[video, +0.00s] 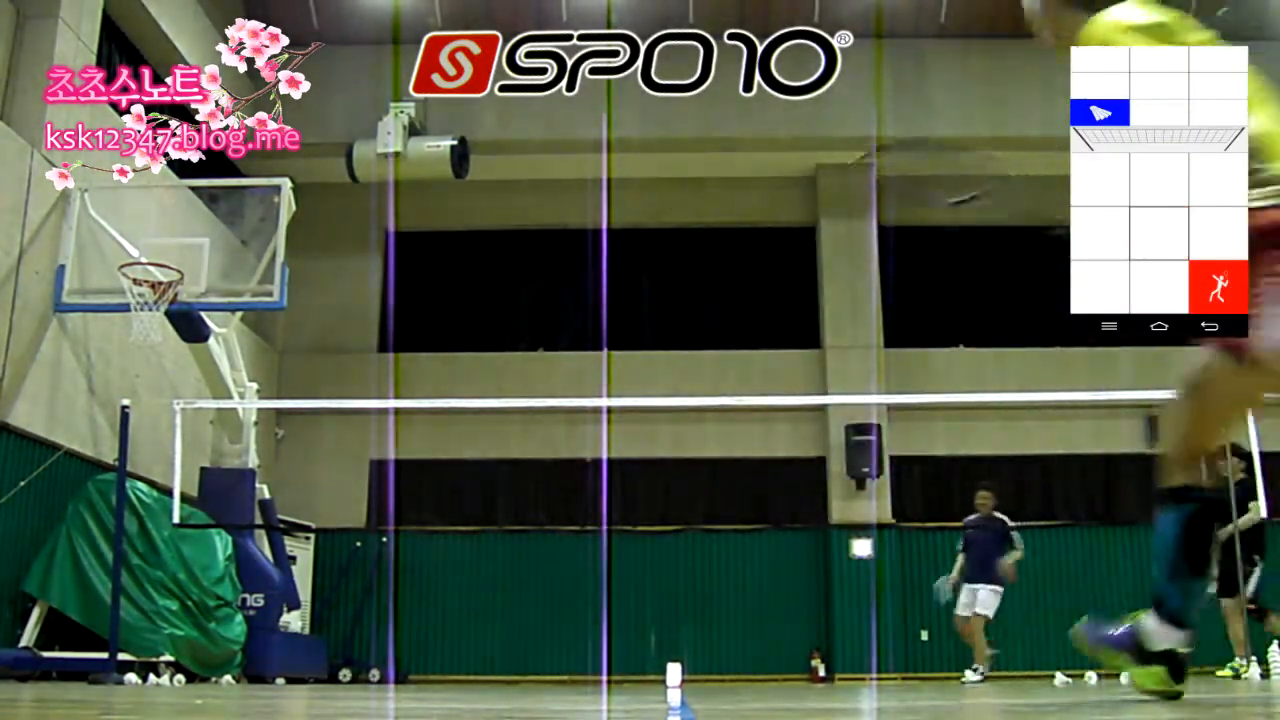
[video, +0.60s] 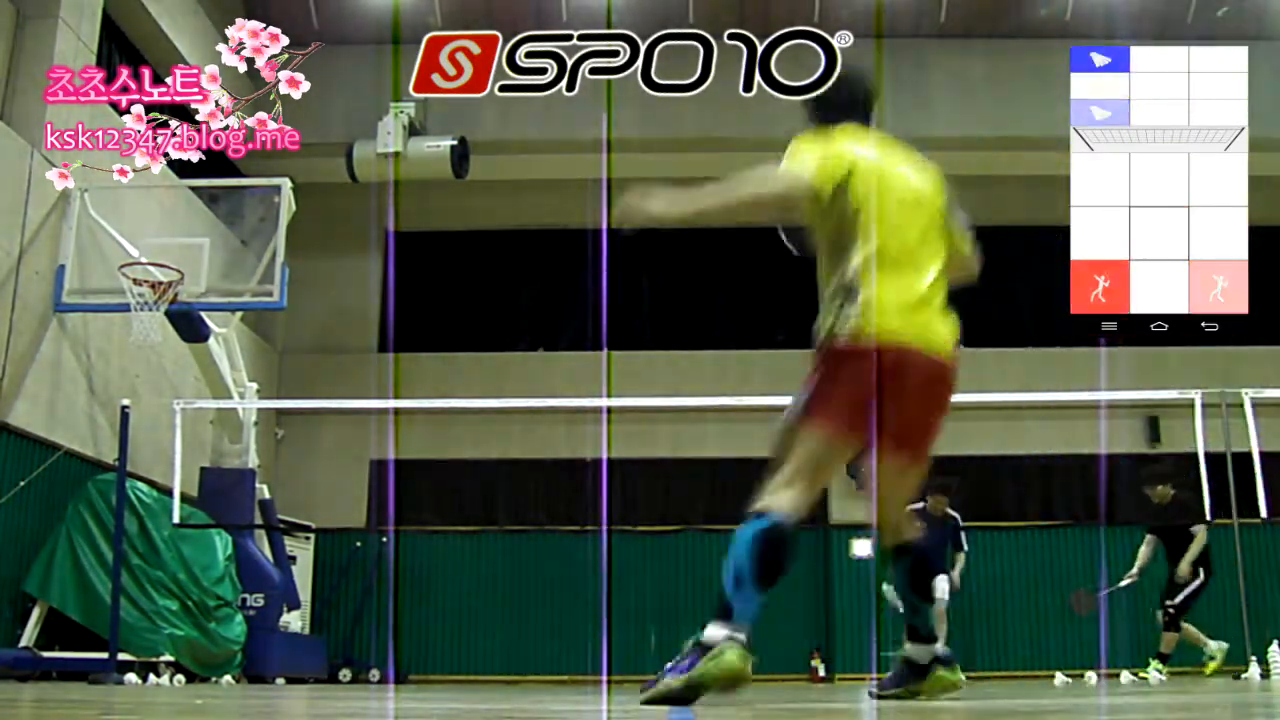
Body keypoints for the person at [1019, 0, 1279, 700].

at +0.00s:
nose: (1043, 37)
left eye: (1040, 24)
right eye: (1038, 27)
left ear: (1055, 9)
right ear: (1085, 0)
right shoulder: (1179, 30)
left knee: (1187, 438)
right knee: (1191, 441)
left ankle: (1165, 633)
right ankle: (1165, 636)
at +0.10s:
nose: (990, 44)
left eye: (991, 31)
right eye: (990, 31)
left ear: (1009, 25)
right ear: (1045, 17)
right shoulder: (1100, 60)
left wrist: (1141, 312)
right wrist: (1082, 273)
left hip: (1174, 307)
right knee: (1102, 457)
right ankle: (1133, 645)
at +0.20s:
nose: (960, 37)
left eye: (964, 27)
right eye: (970, 24)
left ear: (972, 41)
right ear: (1028, 43)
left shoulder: (986, 88)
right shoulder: (1060, 100)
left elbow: (1019, 140)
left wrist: (1004, 247)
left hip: (1090, 306)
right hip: (1122, 304)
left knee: (1129, 462)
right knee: (1049, 477)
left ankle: (1268, 487)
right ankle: (1128, 647)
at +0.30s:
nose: (912, 35)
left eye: (914, 27)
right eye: (917, 30)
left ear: (930, 26)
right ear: (982, 28)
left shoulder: (946, 58)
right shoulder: (1038, 96)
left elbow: (952, 91)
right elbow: (1049, 197)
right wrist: (974, 237)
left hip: (1038, 272)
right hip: (1053, 275)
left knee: (1028, 436)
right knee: (1012, 467)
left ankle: (1185, 545)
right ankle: (1108, 618)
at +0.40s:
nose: (875, 45)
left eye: (876, 36)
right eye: (876, 39)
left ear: (893, 27)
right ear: (939, 27)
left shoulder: (908, 49)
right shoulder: (999, 83)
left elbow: (871, 82)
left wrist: (765, 129)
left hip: (974, 253)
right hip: (1024, 261)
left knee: (944, 423)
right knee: (970, 436)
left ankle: (1022, 586)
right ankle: (1055, 582)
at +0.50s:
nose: (830, 61)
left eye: (833, 49)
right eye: (831, 52)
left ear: (851, 47)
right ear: (897, 47)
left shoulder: (870, 79)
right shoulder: (955, 104)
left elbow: (805, 110)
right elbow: (997, 195)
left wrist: (719, 134)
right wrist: (922, 211)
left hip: (923, 280)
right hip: (979, 287)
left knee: (866, 433)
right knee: (937, 457)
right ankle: (974, 610)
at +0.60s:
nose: (806, 125)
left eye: (809, 116)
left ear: (817, 112)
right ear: (870, 112)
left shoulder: (826, 148)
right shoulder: (923, 172)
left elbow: (787, 191)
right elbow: (966, 261)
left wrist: (666, 204)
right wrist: (897, 277)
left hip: (863, 343)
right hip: (933, 354)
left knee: (792, 485)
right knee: (897, 511)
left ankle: (727, 634)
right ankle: (926, 656)